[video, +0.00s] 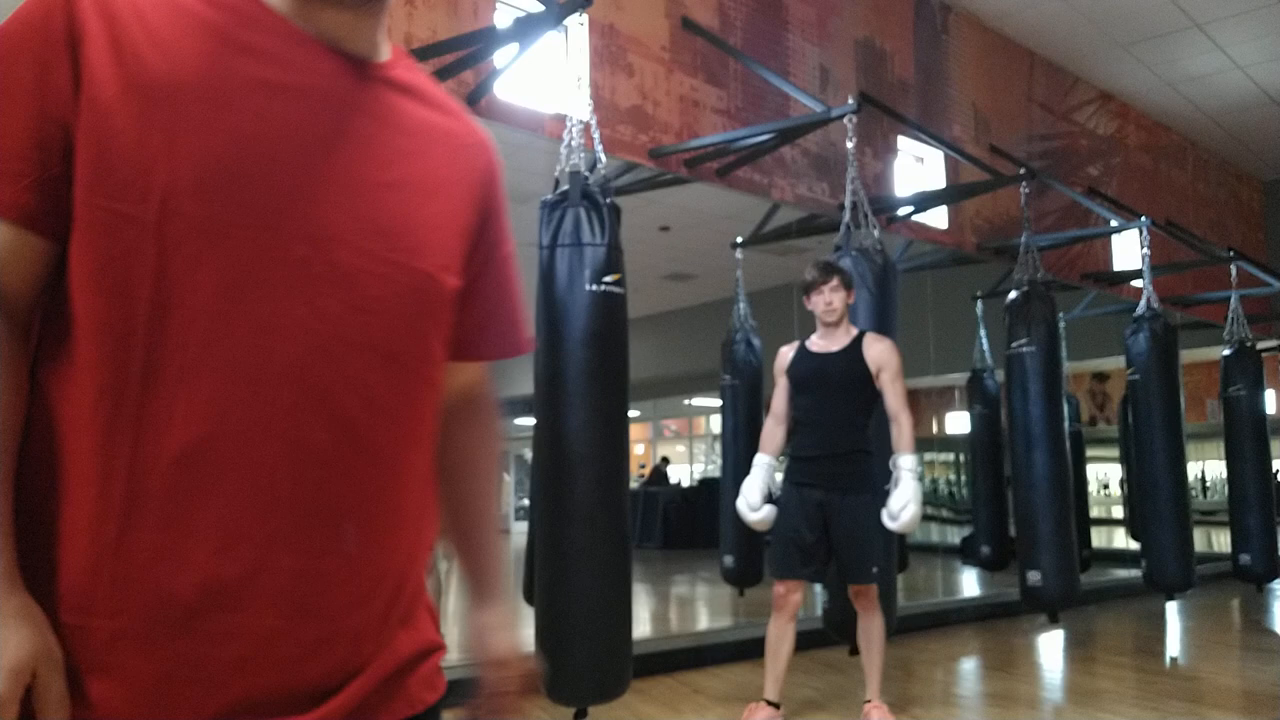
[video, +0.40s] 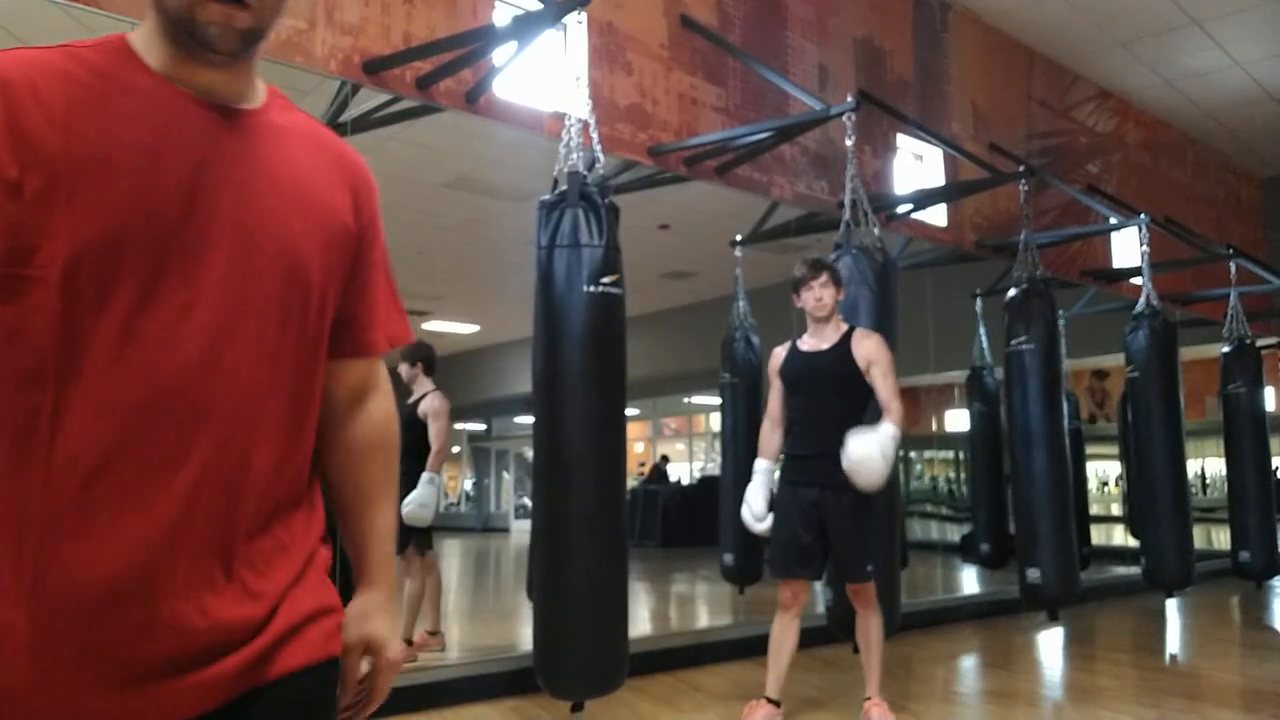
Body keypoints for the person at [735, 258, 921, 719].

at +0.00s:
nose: (827, 299)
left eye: (835, 290)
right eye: (819, 292)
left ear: (850, 296)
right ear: (807, 300)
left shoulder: (877, 349)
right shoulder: (790, 356)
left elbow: (899, 418)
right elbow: (776, 420)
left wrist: (907, 477)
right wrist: (759, 475)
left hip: (860, 492)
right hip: (801, 491)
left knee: (865, 596)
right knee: (784, 596)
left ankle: (873, 701)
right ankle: (769, 703)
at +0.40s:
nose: (816, 294)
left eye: (823, 286)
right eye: (808, 289)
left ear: (839, 292)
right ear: (797, 299)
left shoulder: (866, 344)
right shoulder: (783, 356)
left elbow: (894, 410)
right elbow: (773, 423)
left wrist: (880, 441)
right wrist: (760, 481)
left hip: (852, 489)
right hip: (797, 489)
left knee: (863, 596)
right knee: (789, 597)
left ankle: (873, 699)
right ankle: (771, 701)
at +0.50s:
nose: (815, 295)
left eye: (822, 288)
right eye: (807, 290)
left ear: (838, 294)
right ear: (796, 299)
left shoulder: (865, 346)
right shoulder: (781, 357)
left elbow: (902, 416)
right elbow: (771, 424)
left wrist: (876, 394)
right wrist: (758, 485)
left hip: (850, 491)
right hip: (795, 492)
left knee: (862, 597)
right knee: (787, 599)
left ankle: (872, 700)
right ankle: (770, 702)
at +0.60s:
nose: (815, 296)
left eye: (823, 289)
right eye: (807, 290)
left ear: (839, 297)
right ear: (796, 300)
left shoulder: (856, 344)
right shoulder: (780, 357)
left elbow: (906, 399)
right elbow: (770, 424)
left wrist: (882, 330)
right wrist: (757, 484)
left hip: (849, 491)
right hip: (796, 493)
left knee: (861, 598)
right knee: (787, 601)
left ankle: (872, 702)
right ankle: (769, 704)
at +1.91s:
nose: (812, 289)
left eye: (821, 282)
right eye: (806, 284)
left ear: (842, 292)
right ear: (799, 298)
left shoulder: (868, 346)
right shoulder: (787, 355)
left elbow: (923, 399)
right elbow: (776, 423)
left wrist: (882, 392)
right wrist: (759, 480)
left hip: (852, 493)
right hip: (798, 493)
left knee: (863, 597)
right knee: (788, 599)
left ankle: (873, 701)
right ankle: (770, 703)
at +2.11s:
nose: (815, 288)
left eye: (824, 282)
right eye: (809, 284)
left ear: (844, 294)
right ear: (802, 299)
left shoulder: (871, 349)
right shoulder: (786, 355)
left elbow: (902, 411)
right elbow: (771, 420)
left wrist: (906, 463)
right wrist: (755, 475)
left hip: (857, 492)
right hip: (801, 492)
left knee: (864, 597)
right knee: (789, 599)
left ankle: (872, 700)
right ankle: (770, 702)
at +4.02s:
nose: (830, 293)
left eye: (837, 286)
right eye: (822, 287)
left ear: (851, 295)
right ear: (808, 298)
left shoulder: (875, 350)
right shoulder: (787, 355)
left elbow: (896, 417)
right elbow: (773, 420)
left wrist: (897, 471)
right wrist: (760, 475)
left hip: (859, 491)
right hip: (801, 491)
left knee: (865, 596)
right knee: (788, 597)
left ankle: (872, 700)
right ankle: (770, 702)